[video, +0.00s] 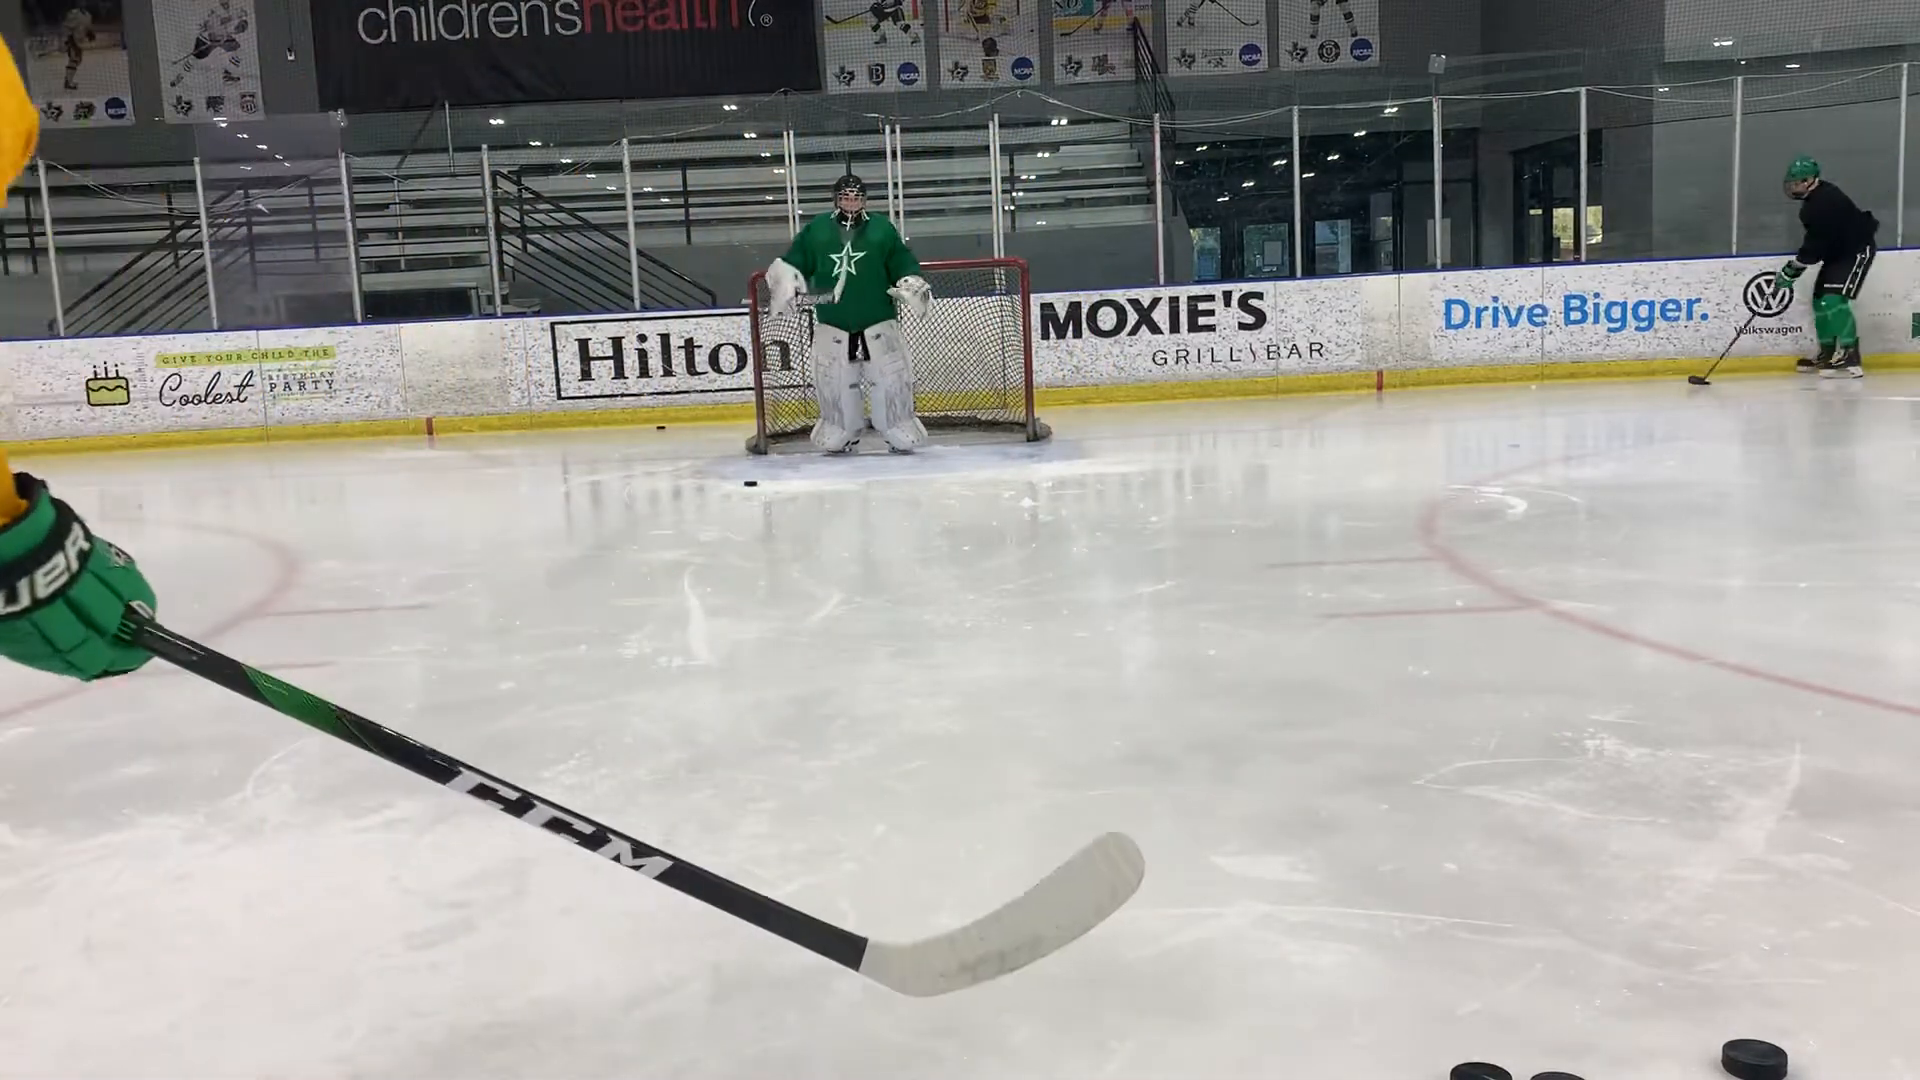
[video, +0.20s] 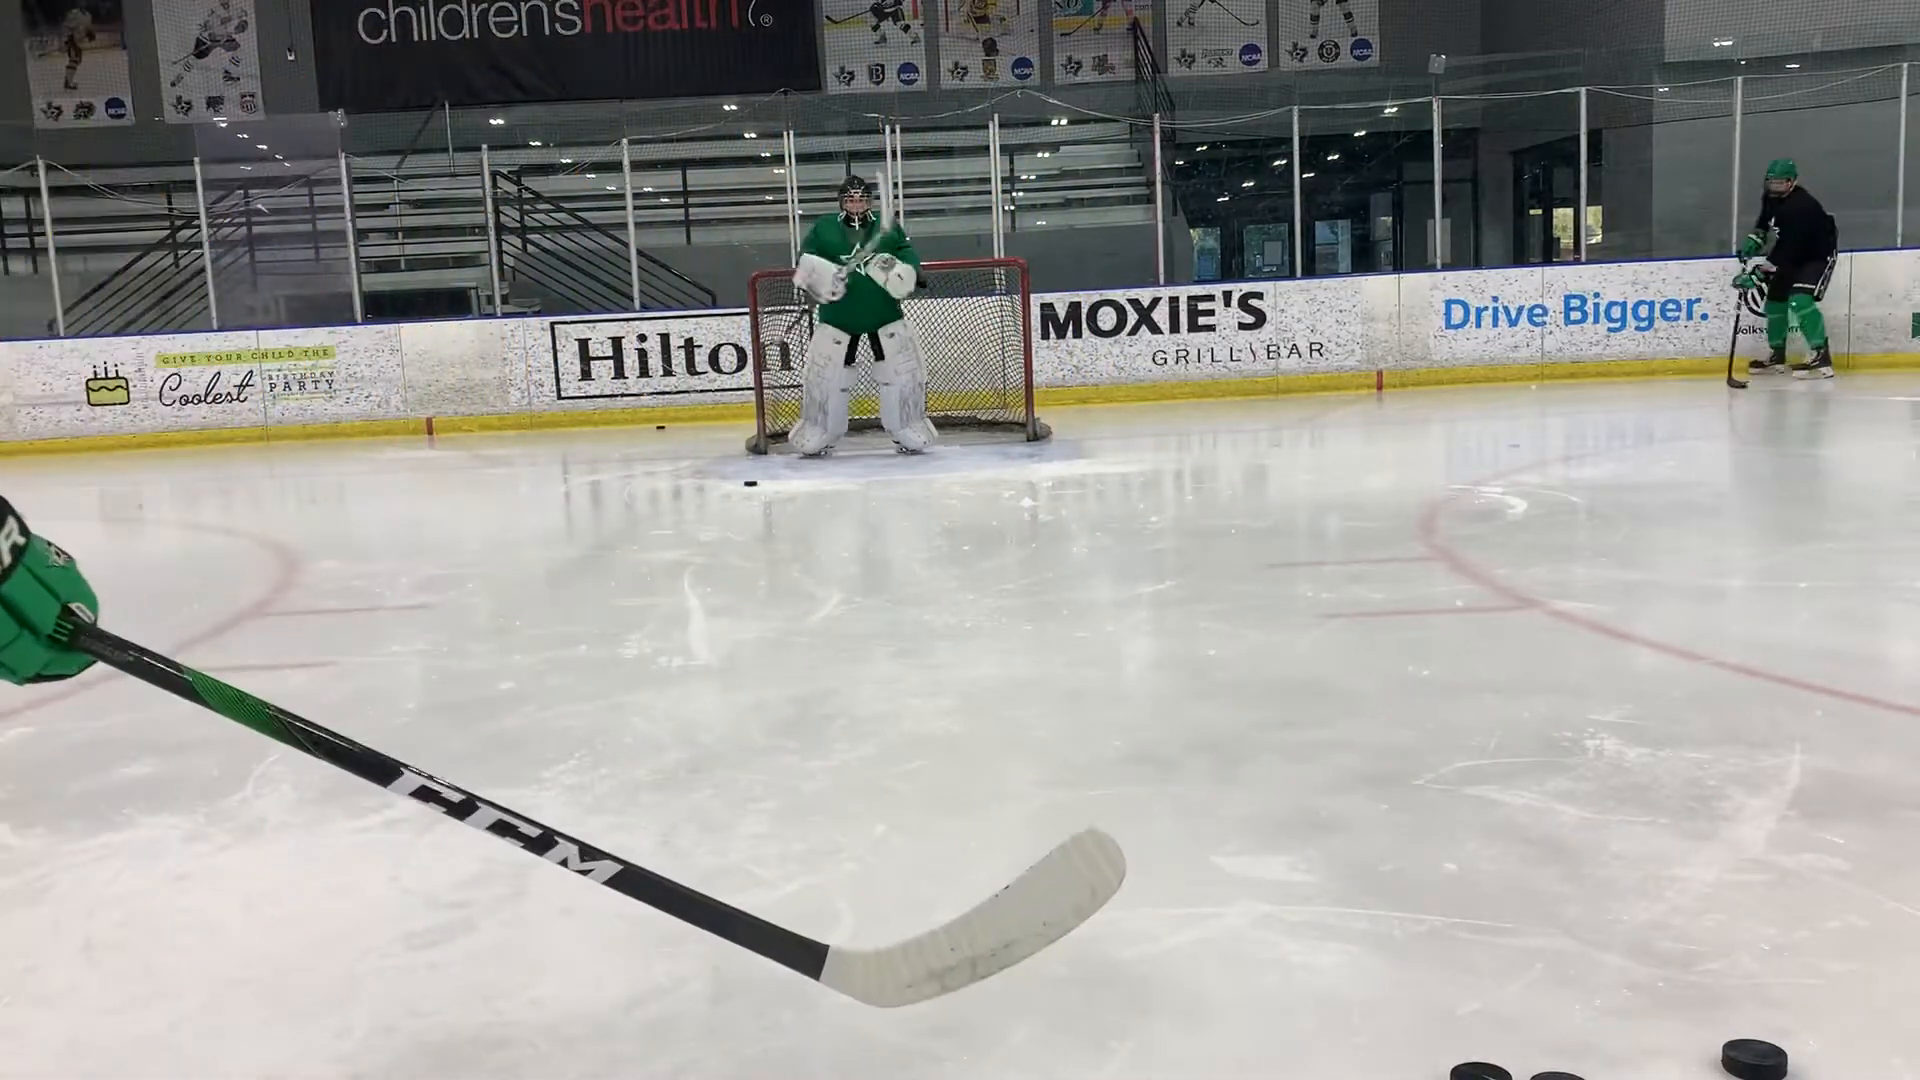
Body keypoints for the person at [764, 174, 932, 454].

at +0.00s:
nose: (850, 201)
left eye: (855, 196)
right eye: (845, 196)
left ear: (863, 199)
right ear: (837, 199)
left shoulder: (881, 228)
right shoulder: (818, 229)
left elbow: (902, 261)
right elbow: (794, 260)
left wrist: (912, 285)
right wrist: (784, 281)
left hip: (878, 318)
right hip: (833, 320)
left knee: (891, 377)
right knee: (834, 380)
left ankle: (901, 435)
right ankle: (840, 437)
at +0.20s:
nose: (856, 203)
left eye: (861, 197)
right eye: (850, 198)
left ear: (869, 200)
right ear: (841, 201)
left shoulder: (887, 229)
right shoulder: (824, 229)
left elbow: (911, 264)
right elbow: (805, 265)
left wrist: (893, 270)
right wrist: (827, 278)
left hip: (884, 316)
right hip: (838, 318)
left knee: (901, 374)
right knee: (825, 377)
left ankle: (907, 433)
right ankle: (819, 436)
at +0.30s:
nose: (859, 204)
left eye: (864, 198)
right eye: (853, 199)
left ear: (873, 201)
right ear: (845, 202)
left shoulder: (889, 228)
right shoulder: (830, 230)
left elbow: (912, 274)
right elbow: (817, 274)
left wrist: (888, 276)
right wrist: (845, 277)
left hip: (890, 314)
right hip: (846, 316)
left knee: (909, 374)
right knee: (827, 377)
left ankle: (912, 435)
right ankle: (808, 439)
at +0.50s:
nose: (865, 205)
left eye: (870, 200)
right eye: (860, 200)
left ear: (879, 202)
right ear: (851, 203)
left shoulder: (895, 230)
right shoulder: (833, 231)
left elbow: (913, 269)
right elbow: (816, 276)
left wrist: (892, 279)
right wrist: (850, 281)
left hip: (896, 319)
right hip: (854, 320)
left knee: (919, 377)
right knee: (840, 384)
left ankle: (931, 438)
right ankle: (816, 445)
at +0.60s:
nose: (868, 205)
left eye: (873, 199)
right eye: (862, 199)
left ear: (882, 202)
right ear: (852, 203)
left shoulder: (897, 230)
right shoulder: (836, 232)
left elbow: (915, 270)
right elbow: (816, 277)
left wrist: (893, 280)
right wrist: (845, 282)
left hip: (899, 320)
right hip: (856, 321)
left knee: (922, 378)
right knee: (840, 385)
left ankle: (940, 439)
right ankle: (817, 447)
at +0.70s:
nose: (870, 205)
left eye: (876, 199)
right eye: (865, 199)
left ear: (885, 202)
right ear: (855, 203)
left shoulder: (901, 230)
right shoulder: (838, 232)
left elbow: (918, 270)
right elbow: (820, 275)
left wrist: (894, 280)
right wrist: (850, 283)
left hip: (900, 320)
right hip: (858, 321)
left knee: (926, 378)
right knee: (842, 386)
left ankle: (948, 440)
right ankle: (817, 449)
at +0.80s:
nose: (873, 204)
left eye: (879, 199)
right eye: (868, 199)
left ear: (888, 202)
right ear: (858, 202)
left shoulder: (904, 231)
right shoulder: (841, 231)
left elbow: (920, 271)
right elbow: (822, 275)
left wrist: (900, 281)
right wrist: (850, 286)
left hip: (903, 319)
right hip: (859, 321)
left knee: (930, 380)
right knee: (843, 387)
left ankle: (955, 442)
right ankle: (818, 450)